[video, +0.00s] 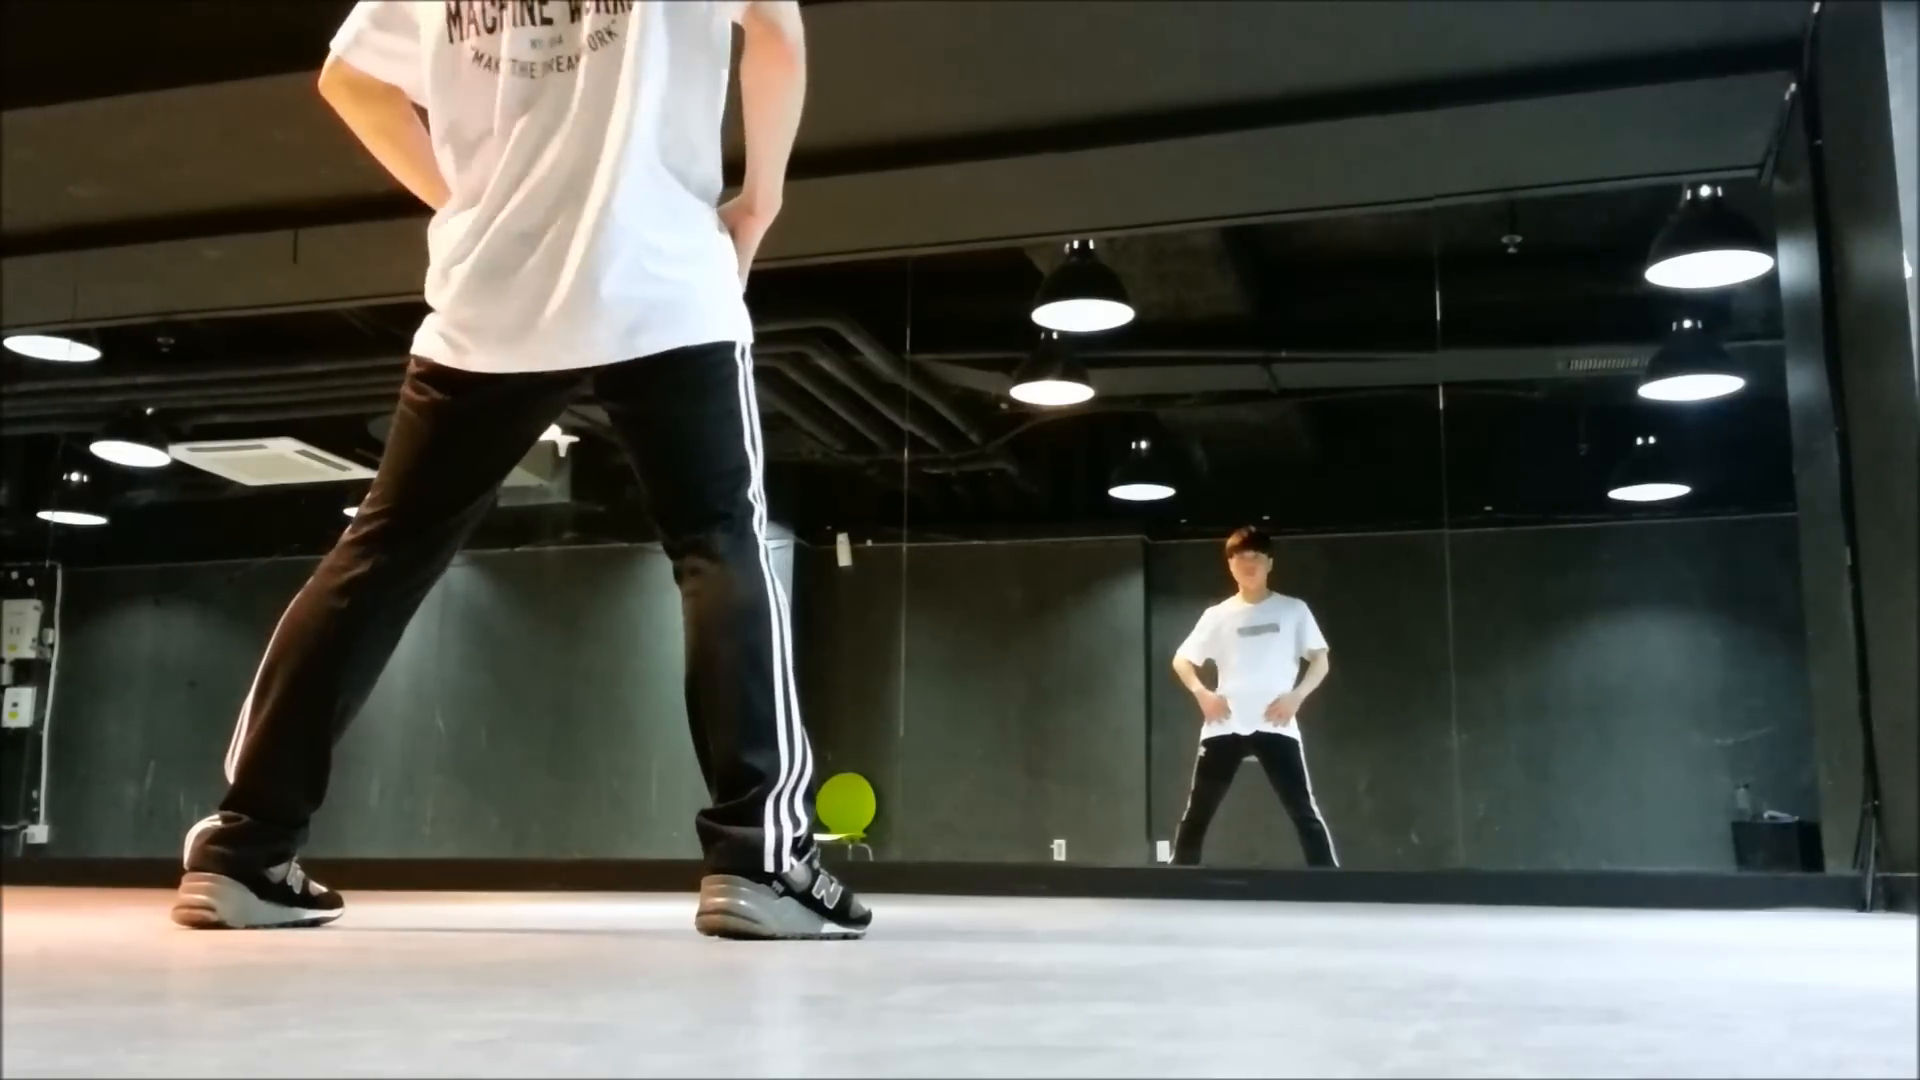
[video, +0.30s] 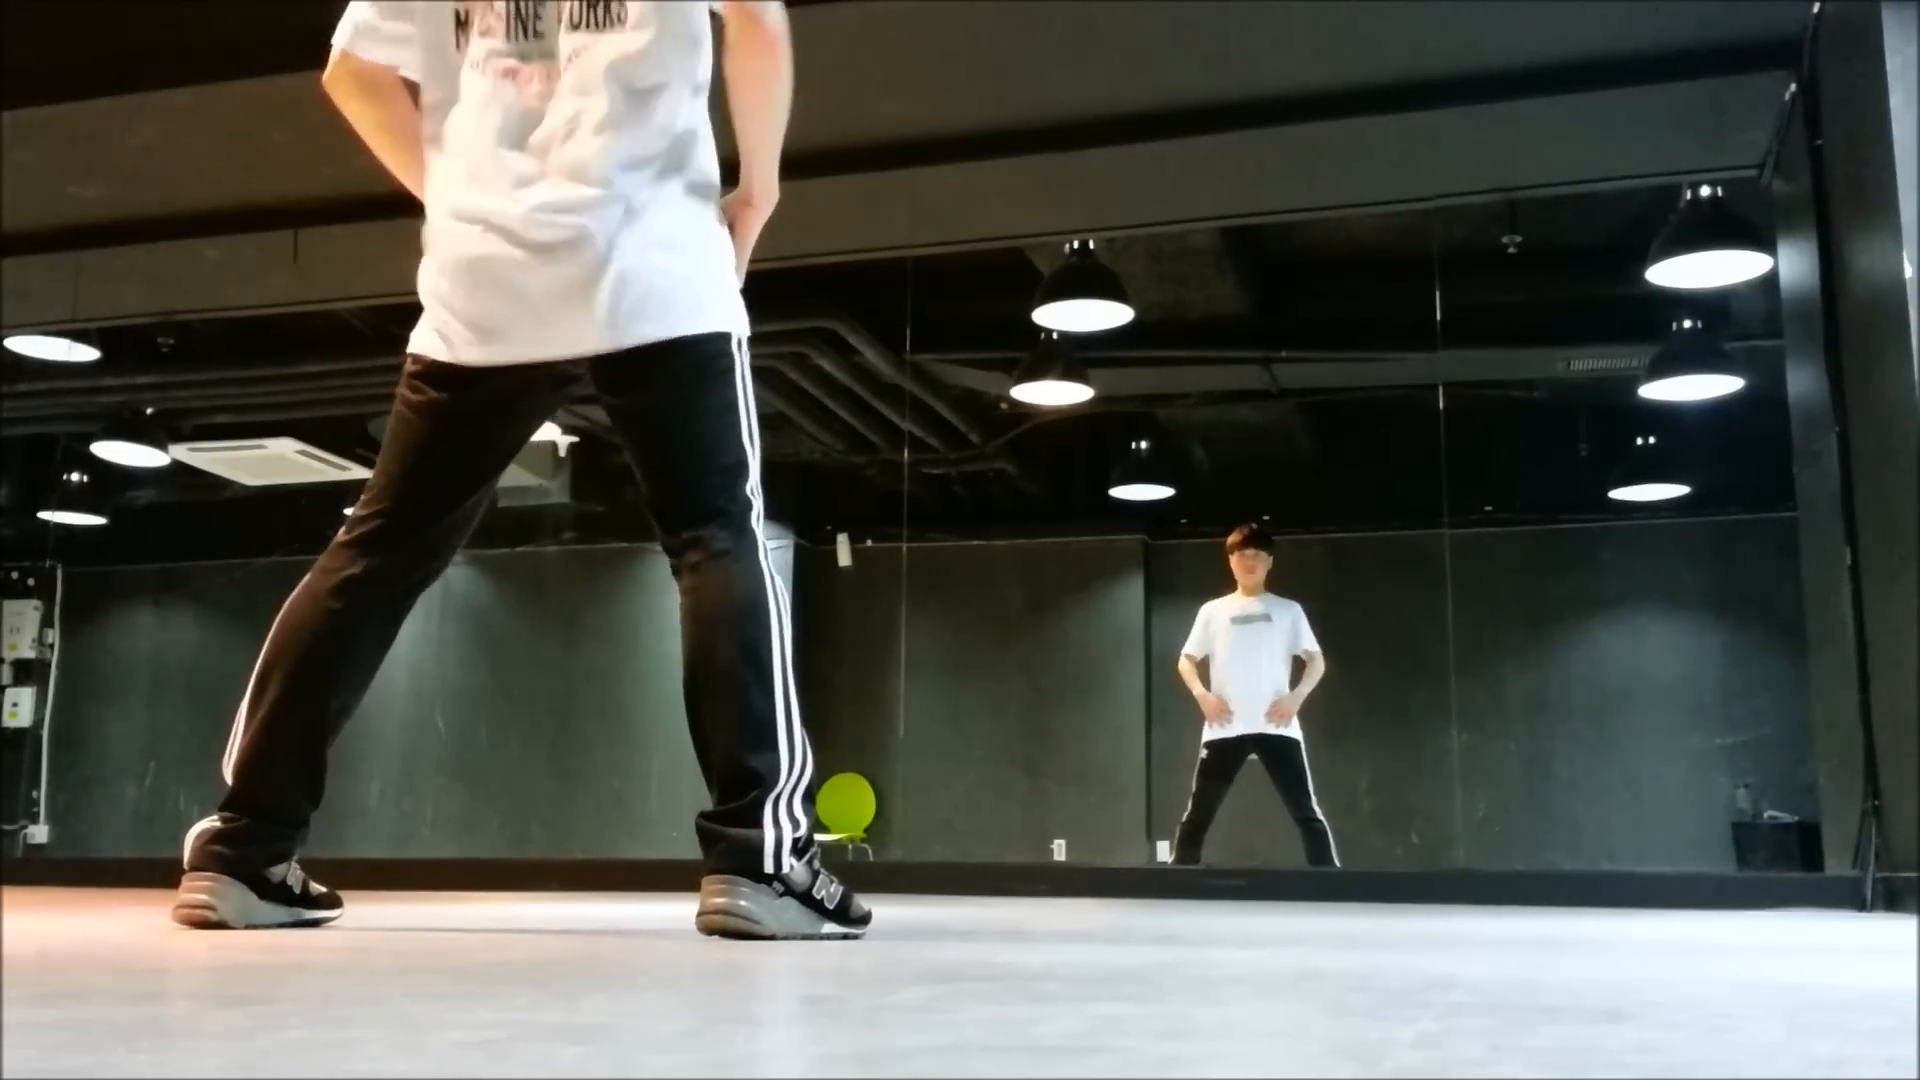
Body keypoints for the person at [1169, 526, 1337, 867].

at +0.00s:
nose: (1248, 566)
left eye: (1255, 558)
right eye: (1240, 559)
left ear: (1268, 563)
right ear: (1230, 565)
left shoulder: (1294, 610)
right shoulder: (1217, 616)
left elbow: (1321, 663)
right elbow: (1181, 661)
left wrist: (1294, 697)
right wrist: (1202, 694)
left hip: (1276, 728)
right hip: (1224, 729)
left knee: (1304, 812)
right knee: (1197, 814)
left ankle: (1331, 889)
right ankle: (1178, 890)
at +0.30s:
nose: (1250, 563)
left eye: (1257, 556)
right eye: (1243, 556)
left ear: (1269, 562)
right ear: (1231, 561)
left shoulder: (1290, 611)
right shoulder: (1212, 611)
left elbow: (1316, 663)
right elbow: (1186, 662)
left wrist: (1294, 698)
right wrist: (1204, 697)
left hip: (1277, 731)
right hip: (1225, 730)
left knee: (1307, 814)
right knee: (1197, 816)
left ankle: (1332, 889)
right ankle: (1177, 890)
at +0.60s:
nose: (1243, 558)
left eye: (1251, 553)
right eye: (1236, 553)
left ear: (1265, 564)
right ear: (1226, 564)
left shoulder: (1285, 614)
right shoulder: (1207, 614)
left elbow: (1322, 660)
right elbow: (1177, 662)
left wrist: (1295, 696)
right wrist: (1199, 694)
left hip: (1276, 728)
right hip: (1223, 729)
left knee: (1306, 813)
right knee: (1196, 815)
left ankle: (1332, 889)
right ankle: (1178, 890)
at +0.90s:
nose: (1242, 557)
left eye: (1251, 551)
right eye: (1235, 551)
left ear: (1265, 562)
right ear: (1225, 561)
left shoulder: (1286, 611)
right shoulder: (1207, 611)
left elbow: (1319, 660)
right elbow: (1180, 661)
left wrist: (1296, 698)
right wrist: (1202, 696)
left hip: (1278, 729)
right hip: (1224, 730)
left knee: (1307, 813)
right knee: (1198, 816)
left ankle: (1332, 889)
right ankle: (1179, 891)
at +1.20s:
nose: (1242, 557)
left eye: (1250, 550)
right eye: (1235, 552)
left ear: (1265, 558)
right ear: (1226, 562)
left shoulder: (1289, 612)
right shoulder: (1213, 610)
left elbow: (1314, 664)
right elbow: (1192, 661)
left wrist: (1297, 703)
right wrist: (1203, 700)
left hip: (1277, 732)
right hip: (1224, 731)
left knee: (1306, 814)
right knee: (1197, 816)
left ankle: (1331, 888)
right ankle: (1177, 888)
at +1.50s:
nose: (1231, 572)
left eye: (1239, 565)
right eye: (1225, 569)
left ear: (1257, 572)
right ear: (1220, 582)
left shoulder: (1290, 624)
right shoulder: (1210, 625)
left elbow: (1326, 671)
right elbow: (1176, 671)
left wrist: (1303, 711)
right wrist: (1199, 715)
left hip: (1277, 745)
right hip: (1227, 745)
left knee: (1292, 825)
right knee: (1201, 826)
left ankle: (1339, 889)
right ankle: (1160, 888)